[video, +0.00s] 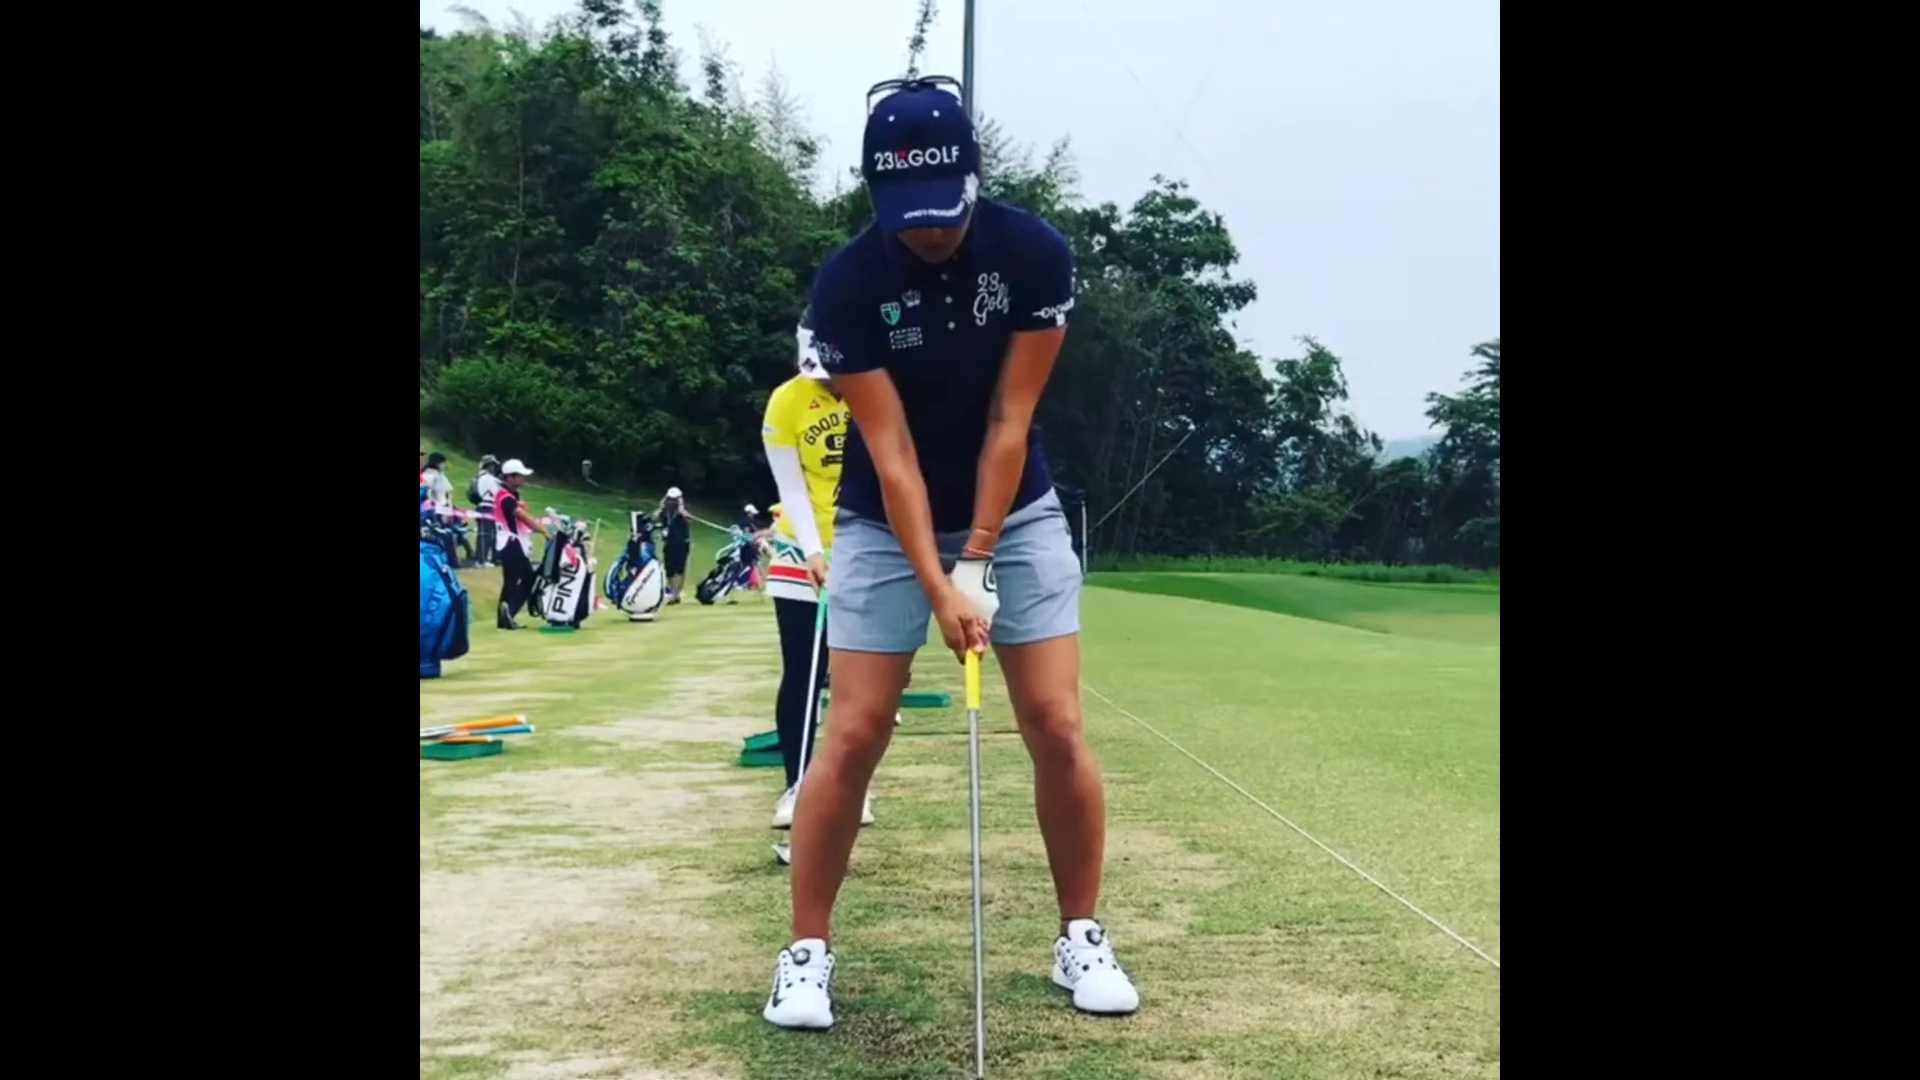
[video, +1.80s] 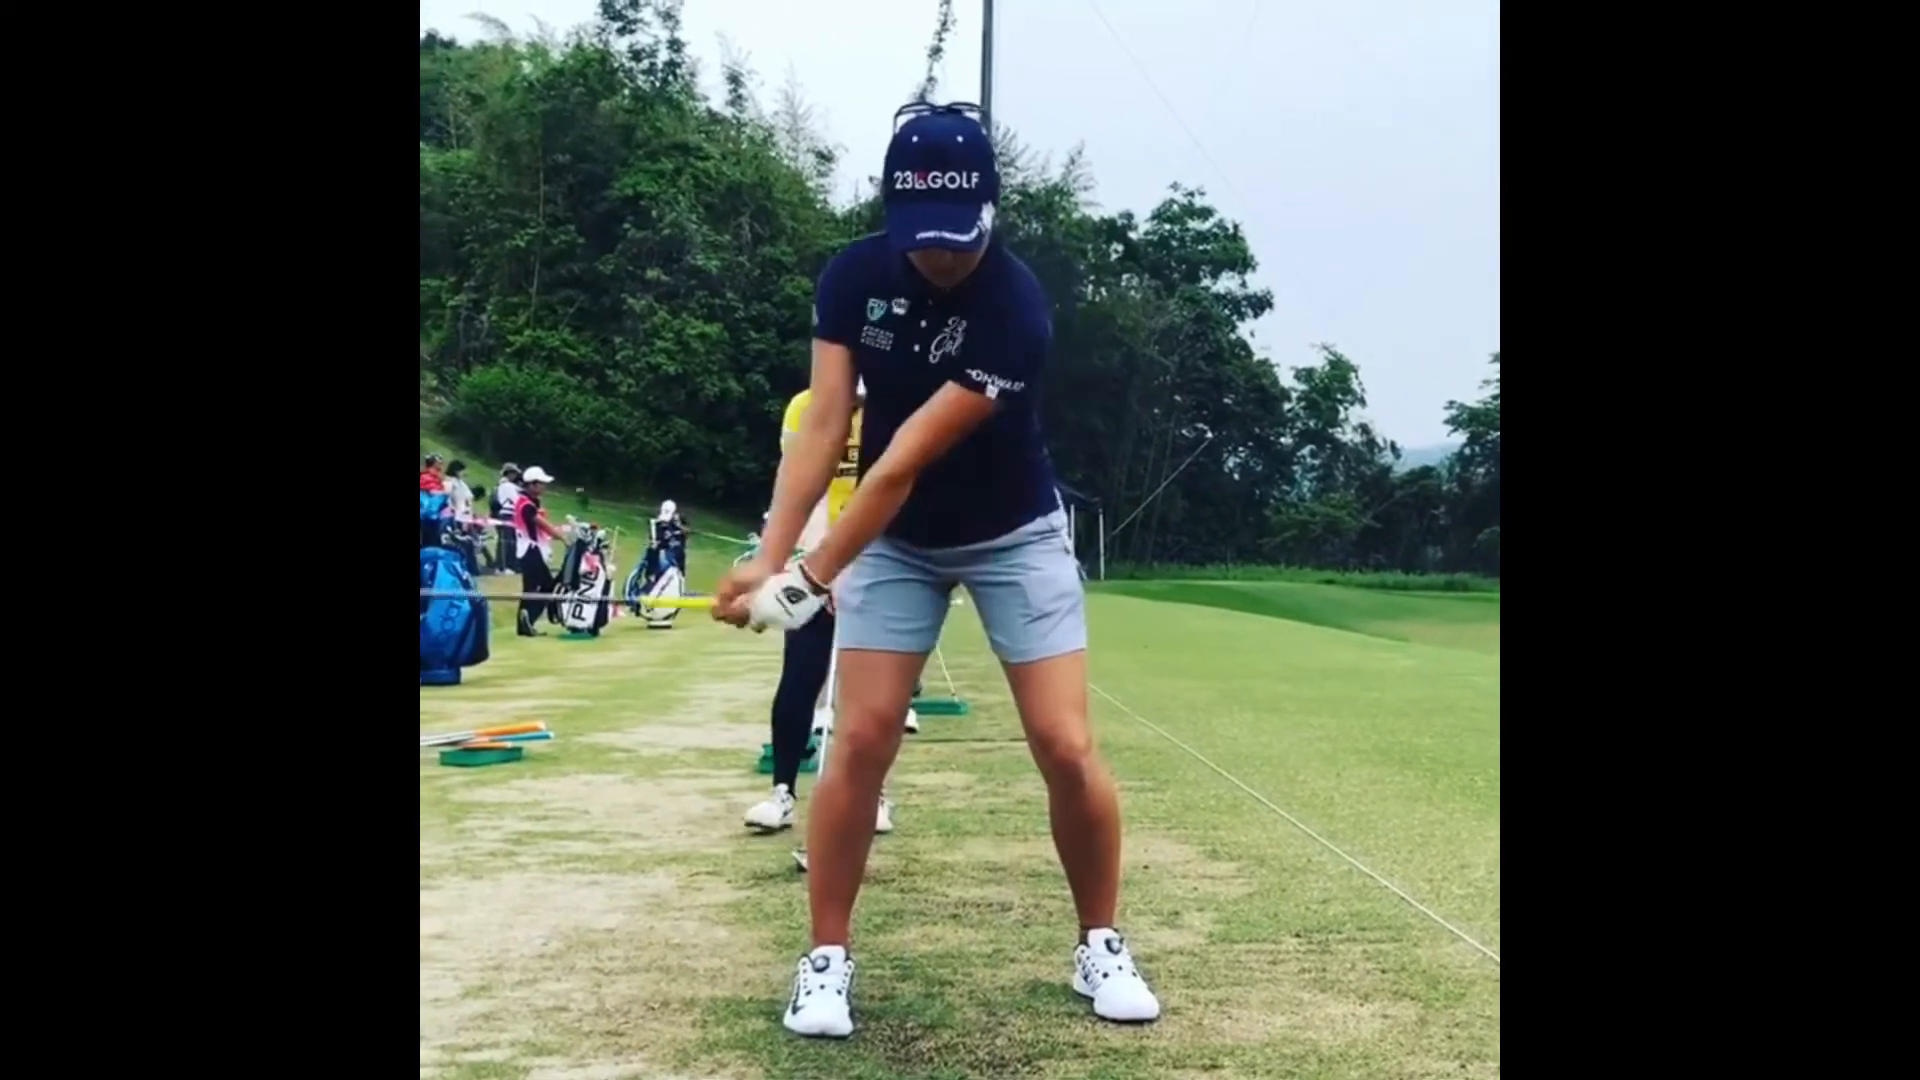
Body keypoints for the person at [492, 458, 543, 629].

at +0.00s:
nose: (523, 480)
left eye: (523, 477)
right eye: (520, 477)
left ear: (511, 478)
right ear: (510, 478)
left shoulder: (506, 495)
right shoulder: (507, 498)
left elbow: (522, 516)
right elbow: (525, 518)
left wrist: (542, 521)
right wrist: (544, 531)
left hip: (507, 539)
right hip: (511, 541)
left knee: (510, 579)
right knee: (529, 576)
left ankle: (504, 617)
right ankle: (510, 609)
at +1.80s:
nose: (544, 488)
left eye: (544, 484)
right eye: (541, 484)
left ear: (533, 486)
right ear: (531, 485)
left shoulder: (527, 502)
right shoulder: (527, 506)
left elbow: (543, 524)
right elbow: (544, 525)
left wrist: (560, 531)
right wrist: (562, 536)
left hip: (531, 548)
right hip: (530, 549)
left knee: (530, 586)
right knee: (548, 583)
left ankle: (524, 623)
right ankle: (529, 618)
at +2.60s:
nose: (526, 497)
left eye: (526, 493)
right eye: (523, 494)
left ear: (512, 495)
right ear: (515, 495)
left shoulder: (507, 512)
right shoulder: (509, 516)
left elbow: (523, 534)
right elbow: (525, 537)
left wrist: (540, 542)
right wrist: (544, 548)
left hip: (508, 557)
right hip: (511, 559)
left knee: (510, 597)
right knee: (528, 594)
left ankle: (504, 635)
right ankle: (510, 626)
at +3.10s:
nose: (503, 501)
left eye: (503, 498)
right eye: (501, 498)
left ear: (487, 498)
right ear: (494, 499)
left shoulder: (482, 516)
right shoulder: (486, 520)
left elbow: (500, 539)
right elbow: (502, 541)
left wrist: (517, 549)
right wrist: (521, 552)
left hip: (483, 560)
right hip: (488, 563)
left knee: (486, 601)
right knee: (504, 599)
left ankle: (479, 639)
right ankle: (485, 631)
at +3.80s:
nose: (495, 508)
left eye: (495, 505)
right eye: (493, 505)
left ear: (479, 506)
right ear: (486, 507)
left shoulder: (472, 523)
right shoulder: (479, 527)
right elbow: (495, 549)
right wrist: (515, 564)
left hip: (475, 568)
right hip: (483, 571)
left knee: (479, 608)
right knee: (497, 606)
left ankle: (472, 644)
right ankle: (478, 638)